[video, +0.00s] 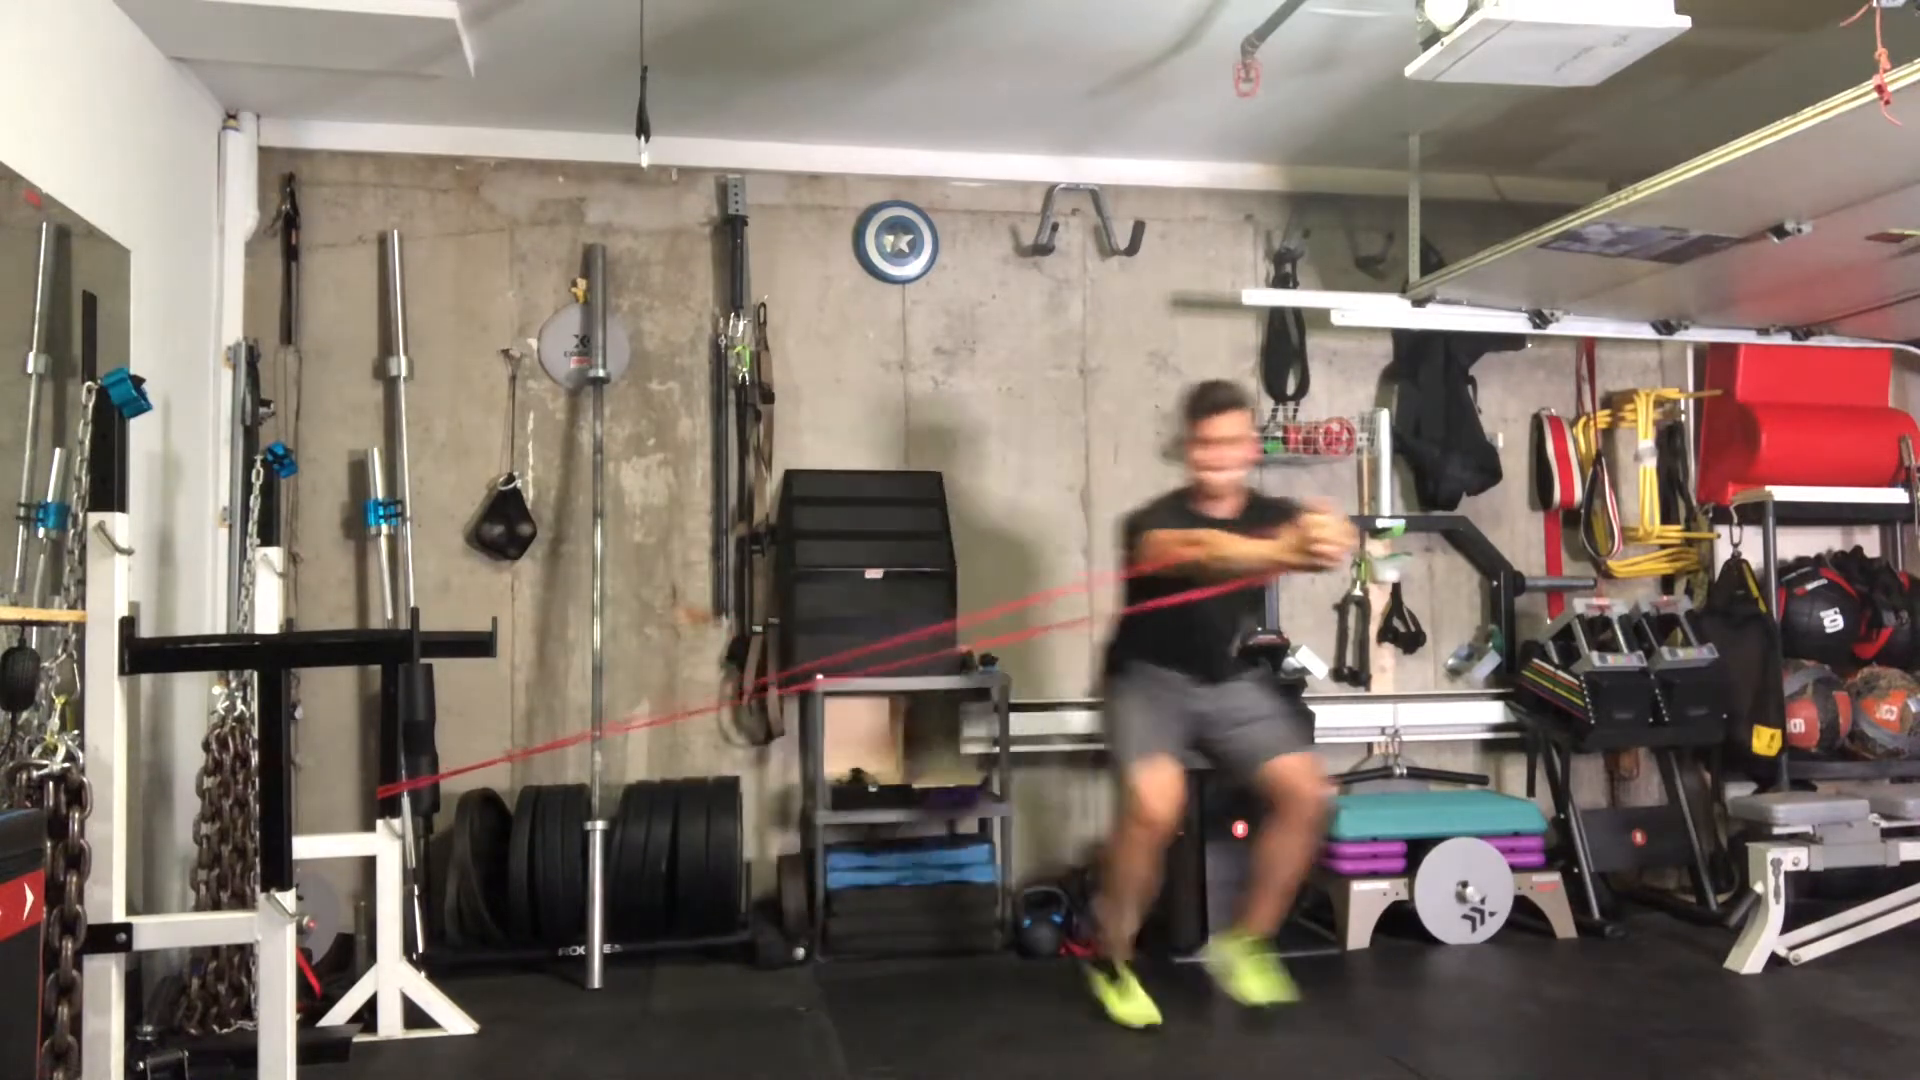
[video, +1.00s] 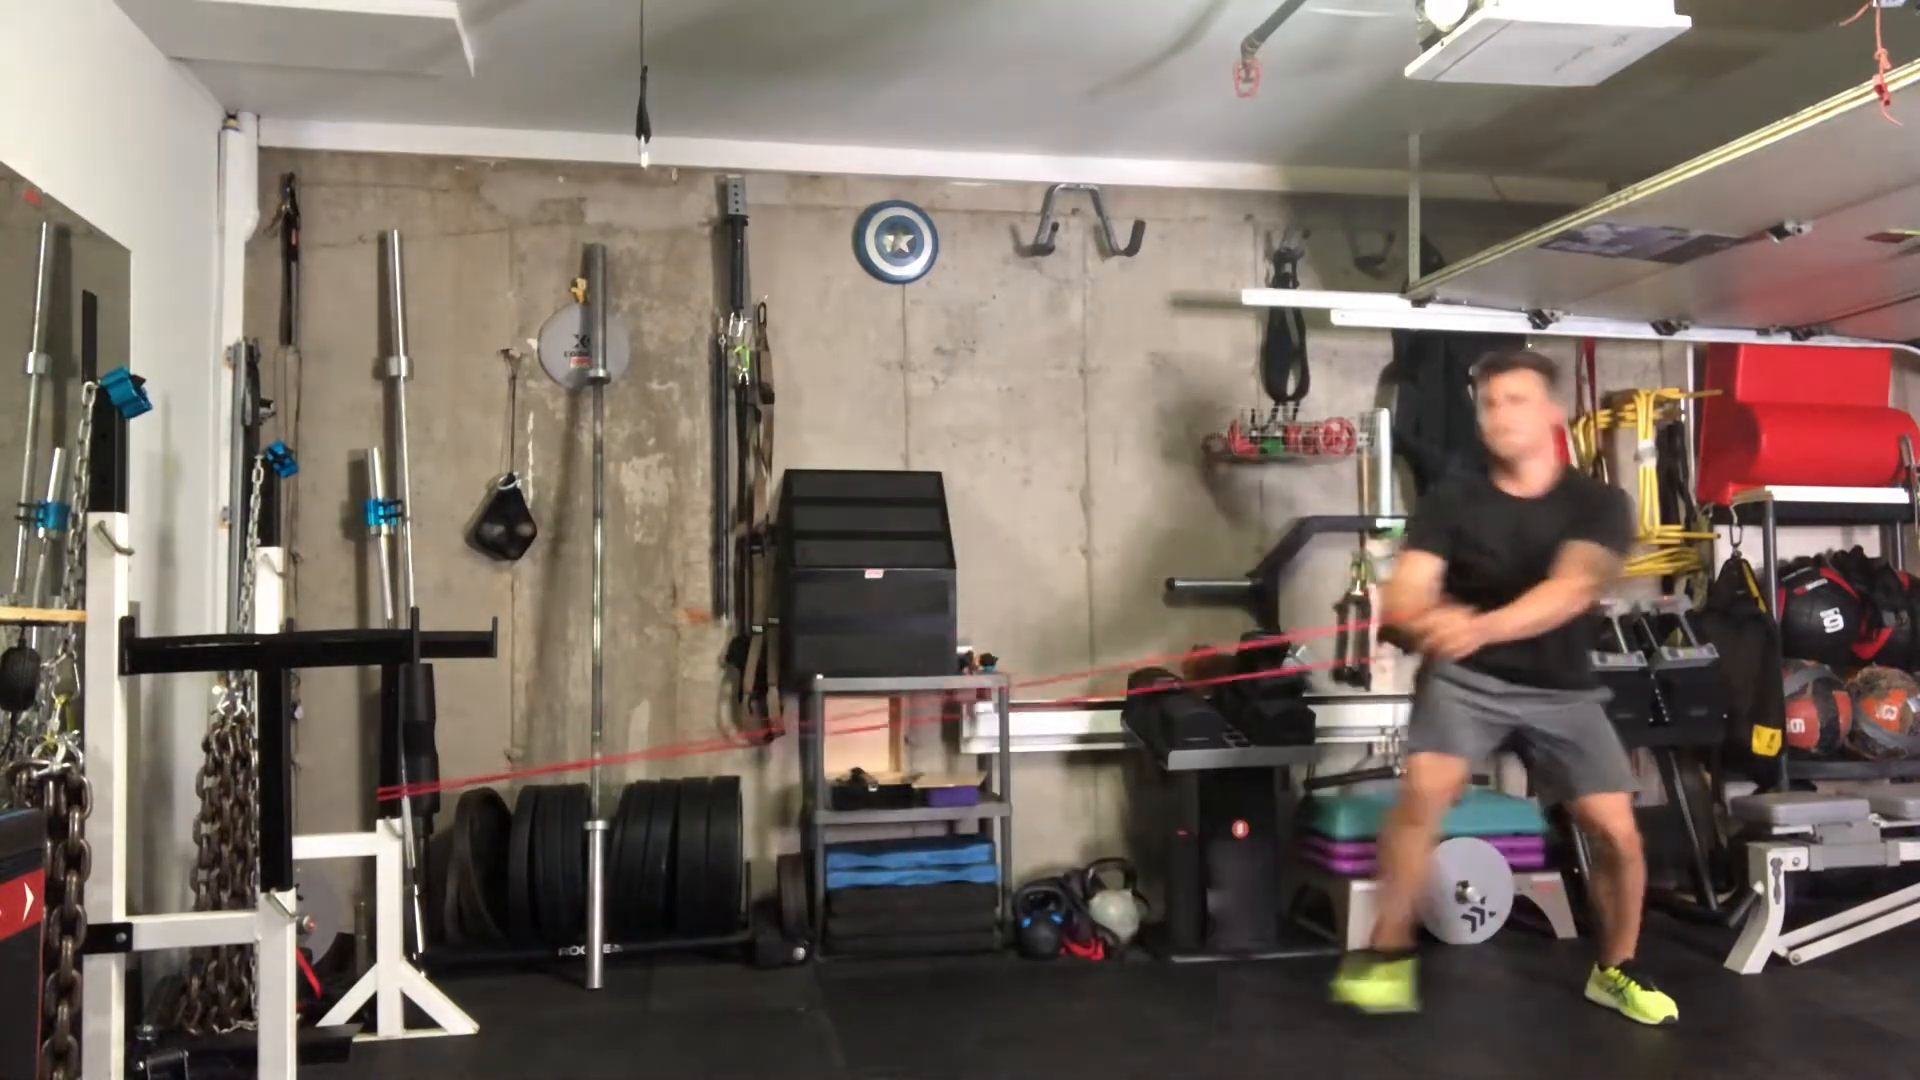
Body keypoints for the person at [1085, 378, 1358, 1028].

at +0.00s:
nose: (1220, 456)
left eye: (1234, 442)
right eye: (1207, 443)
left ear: (1253, 449)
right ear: (1187, 449)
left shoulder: (1275, 516)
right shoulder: (1153, 525)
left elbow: (1325, 541)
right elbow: (1211, 553)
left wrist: (1332, 535)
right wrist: (1295, 551)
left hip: (1233, 680)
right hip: (1150, 681)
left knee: (1305, 792)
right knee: (1157, 804)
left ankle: (1245, 942)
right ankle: (1112, 958)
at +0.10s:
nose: (1285, 459)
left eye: (1299, 445)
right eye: (1271, 445)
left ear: (1321, 449)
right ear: (1251, 450)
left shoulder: (1339, 520)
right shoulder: (1224, 527)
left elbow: (1383, 550)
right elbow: (1269, 555)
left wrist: (1411, 539)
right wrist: (1362, 545)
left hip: (1294, 689)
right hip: (1211, 696)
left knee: (1409, 783)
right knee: (1195, 830)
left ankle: (1404, 924)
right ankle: (1127, 969)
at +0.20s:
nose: (1365, 446)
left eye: (1379, 432)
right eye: (1355, 433)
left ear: (1407, 438)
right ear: (1334, 439)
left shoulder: (1424, 509)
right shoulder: (1305, 517)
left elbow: (1481, 536)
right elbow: (1343, 551)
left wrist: (1485, 541)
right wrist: (1443, 549)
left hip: (1383, 692)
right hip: (1296, 699)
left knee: (1495, 806)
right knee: (1267, 827)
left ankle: (1583, 951)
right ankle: (1142, 963)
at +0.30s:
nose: (1449, 466)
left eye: (1464, 452)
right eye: (1434, 452)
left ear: (1486, 463)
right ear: (1408, 462)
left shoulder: (1500, 530)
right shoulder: (1386, 537)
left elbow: (1554, 554)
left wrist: (1566, 531)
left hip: (1470, 707)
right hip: (1387, 707)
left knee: (1564, 829)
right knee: (1413, 817)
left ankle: (1609, 971)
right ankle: (1280, 929)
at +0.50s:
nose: (1548, 500)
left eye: (1563, 486)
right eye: (1533, 486)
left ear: (1583, 493)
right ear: (1510, 492)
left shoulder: (1599, 556)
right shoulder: (1475, 557)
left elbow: (1642, 583)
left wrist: (1637, 575)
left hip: (1568, 724)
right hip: (1477, 722)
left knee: (1631, 826)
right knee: (1545, 824)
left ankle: (1616, 971)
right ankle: (1519, 972)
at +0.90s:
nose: (1552, 436)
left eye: (1568, 423)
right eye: (1539, 424)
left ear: (1598, 436)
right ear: (1524, 437)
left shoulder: (1632, 519)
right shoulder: (1485, 512)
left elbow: (1615, 583)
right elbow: (1448, 587)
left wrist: (1553, 599)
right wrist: (1492, 598)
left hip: (1581, 700)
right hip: (1487, 691)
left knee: (1635, 829)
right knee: (1485, 800)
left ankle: (1617, 969)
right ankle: (1486, 956)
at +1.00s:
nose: (1500, 415)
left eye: (1515, 401)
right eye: (1489, 404)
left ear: (1553, 414)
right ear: (1479, 419)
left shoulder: (1597, 503)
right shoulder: (1453, 498)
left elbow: (1572, 590)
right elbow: (1403, 600)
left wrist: (1482, 627)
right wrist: (1439, 623)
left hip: (1565, 696)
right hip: (1463, 687)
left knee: (1619, 836)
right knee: (1422, 797)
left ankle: (1614, 970)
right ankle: (1389, 954)